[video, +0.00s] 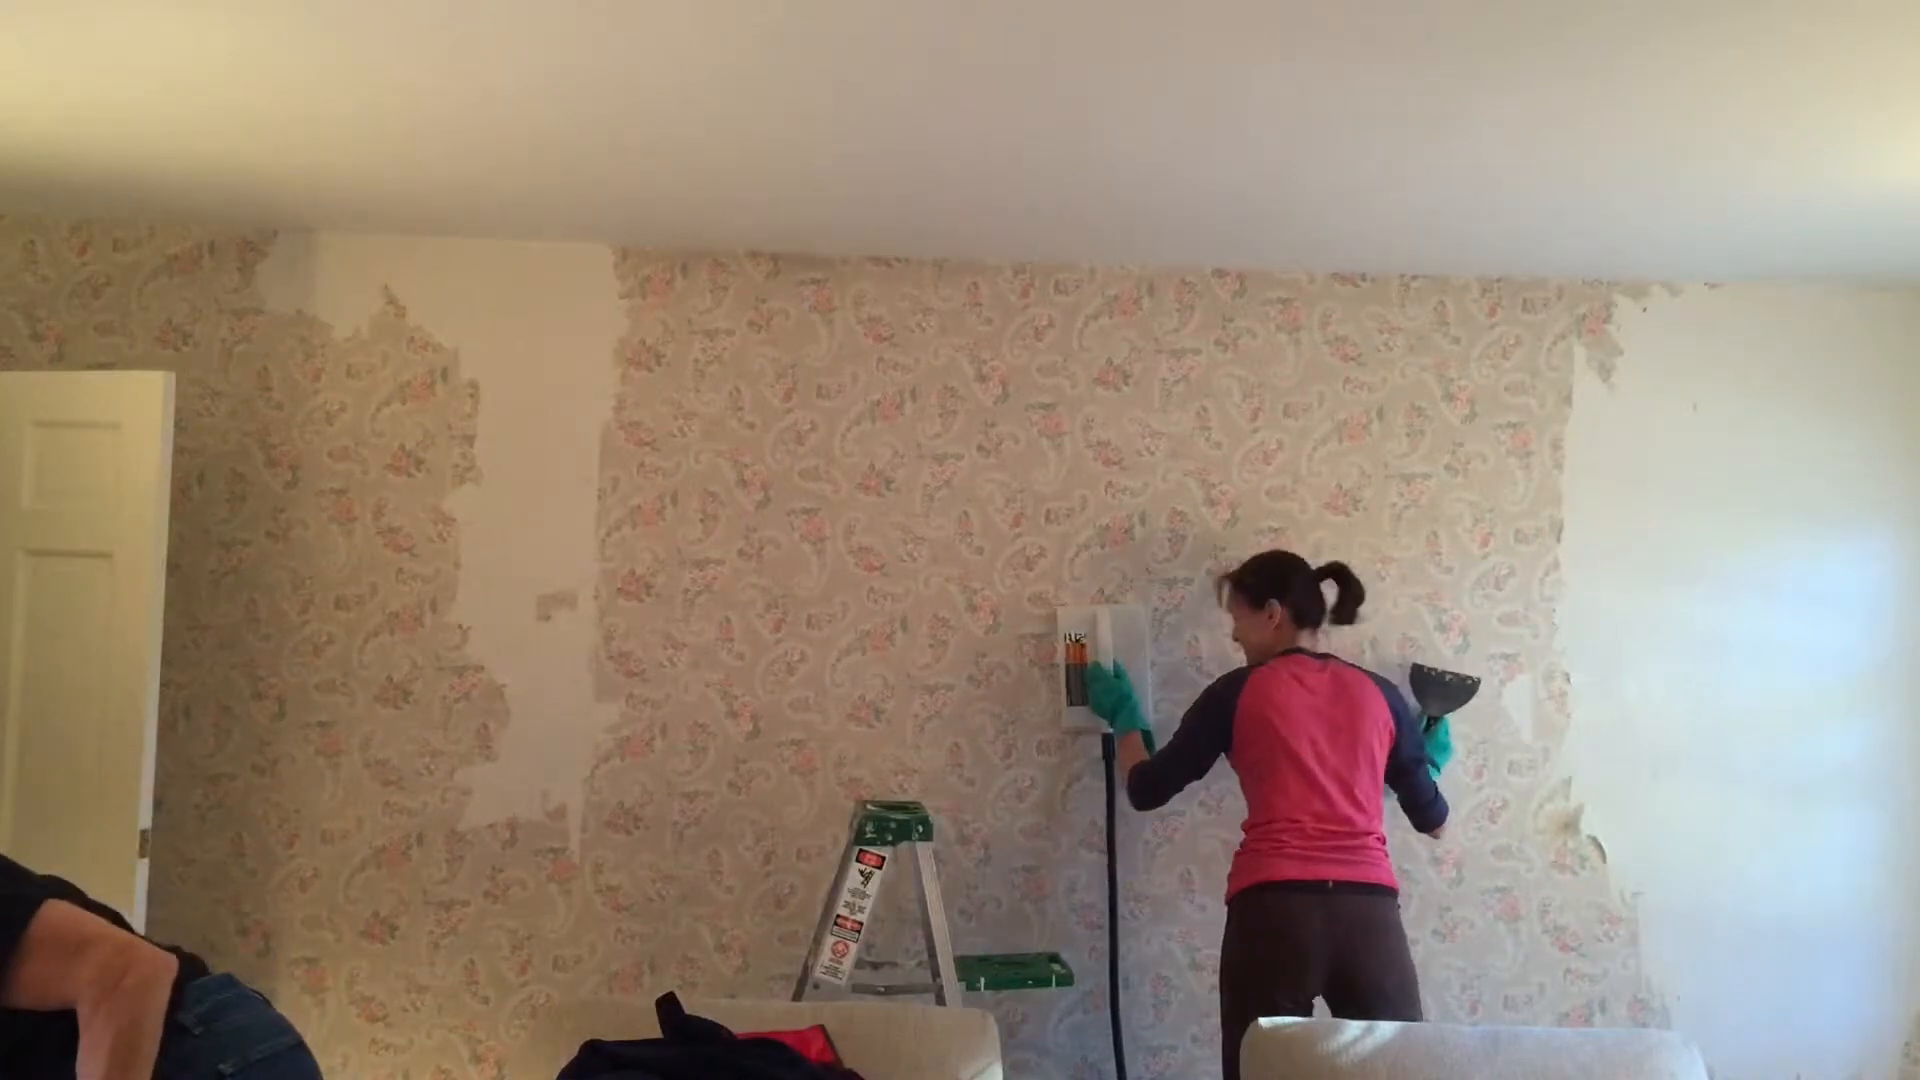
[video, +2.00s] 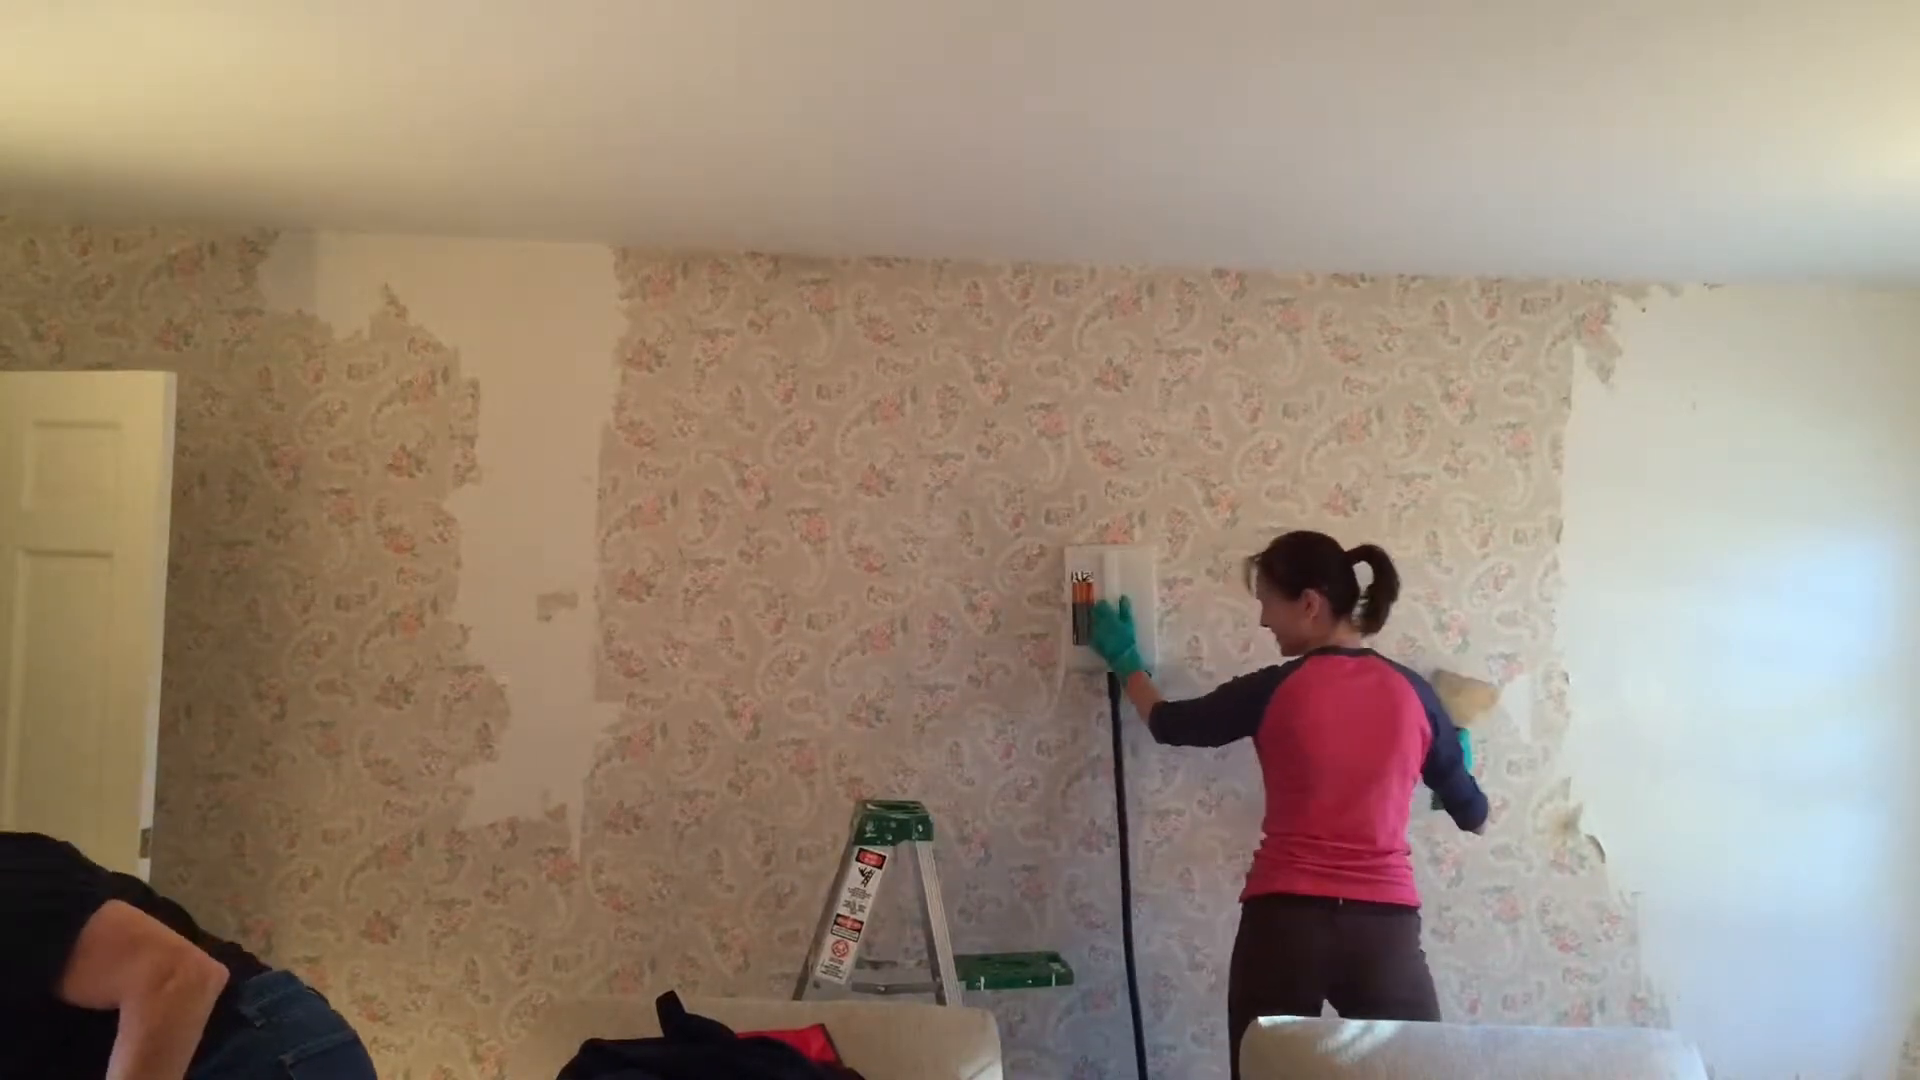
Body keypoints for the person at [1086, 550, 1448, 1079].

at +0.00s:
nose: (1233, 633)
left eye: (1237, 617)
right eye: (1231, 619)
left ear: (1274, 615)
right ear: (1292, 615)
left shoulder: (1238, 690)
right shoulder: (1383, 694)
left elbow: (1145, 790)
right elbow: (1430, 817)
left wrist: (1124, 716)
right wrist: (1429, 759)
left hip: (1272, 918)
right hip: (1370, 919)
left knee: (1256, 1074)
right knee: (1400, 1074)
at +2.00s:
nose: (1262, 617)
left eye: (1266, 600)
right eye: (1261, 601)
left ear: (1310, 605)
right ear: (1319, 603)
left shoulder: (1276, 686)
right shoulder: (1415, 693)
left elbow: (1167, 723)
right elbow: (1473, 815)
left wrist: (1123, 657)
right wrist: (1455, 766)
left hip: (1280, 934)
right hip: (1383, 939)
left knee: (1262, 1073)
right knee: (1419, 1076)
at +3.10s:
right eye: (1474, 602)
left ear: (1398, 608)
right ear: (1467, 612)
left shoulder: (1361, 697)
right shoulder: (1509, 699)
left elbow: (1246, 741)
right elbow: (1557, 811)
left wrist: (1196, 670)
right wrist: (1577, 777)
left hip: (1402, 942)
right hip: (1507, 939)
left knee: (1391, 1077)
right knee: (1545, 1077)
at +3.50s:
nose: (1551, 628)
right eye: (1553, 617)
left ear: (1473, 616)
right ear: (1542, 618)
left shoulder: (1426, 702)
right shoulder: (1579, 714)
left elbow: (1352, 769)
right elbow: (1625, 850)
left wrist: (1352, 696)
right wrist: (1630, 804)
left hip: (1437, 955)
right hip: (1546, 960)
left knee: (1417, 1069)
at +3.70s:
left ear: (1540, 624)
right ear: (1612, 632)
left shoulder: (1487, 713)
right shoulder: (1641, 730)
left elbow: (1434, 780)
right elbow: (1704, 871)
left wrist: (1441, 708)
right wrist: (1714, 816)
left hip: (1494, 966)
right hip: (1603, 972)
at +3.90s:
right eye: (1689, 629)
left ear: (1608, 635)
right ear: (1684, 639)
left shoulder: (1548, 721)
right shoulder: (1704, 746)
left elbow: (1506, 774)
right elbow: (1762, 892)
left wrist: (1520, 693)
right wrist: (1766, 826)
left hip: (1544, 976)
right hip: (1658, 983)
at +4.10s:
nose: (1651, 608)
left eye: (1653, 598)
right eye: (1653, 598)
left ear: (1660, 608)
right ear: (1731, 616)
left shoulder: (1599, 689)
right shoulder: (1755, 726)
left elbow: (1546, 737)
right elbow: (1788, 880)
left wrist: (1551, 654)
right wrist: (1770, 799)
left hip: (1573, 937)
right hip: (1684, 953)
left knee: (1517, 1072)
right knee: (1692, 1074)